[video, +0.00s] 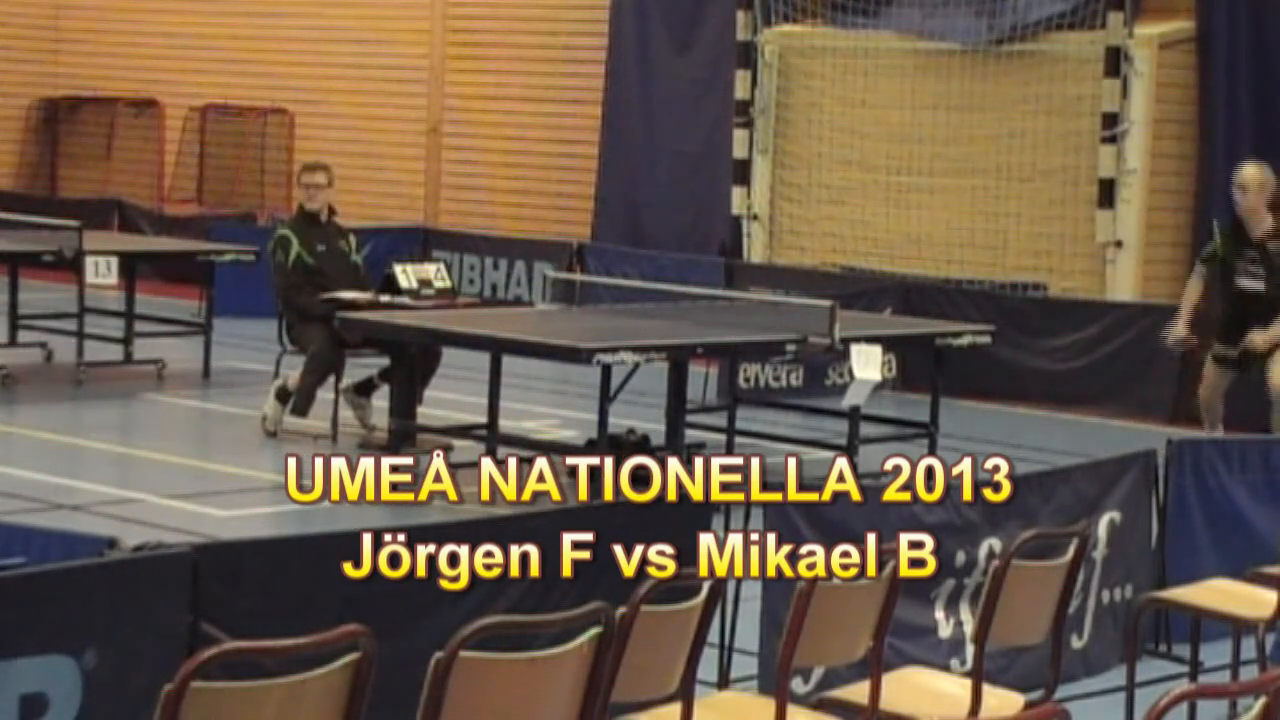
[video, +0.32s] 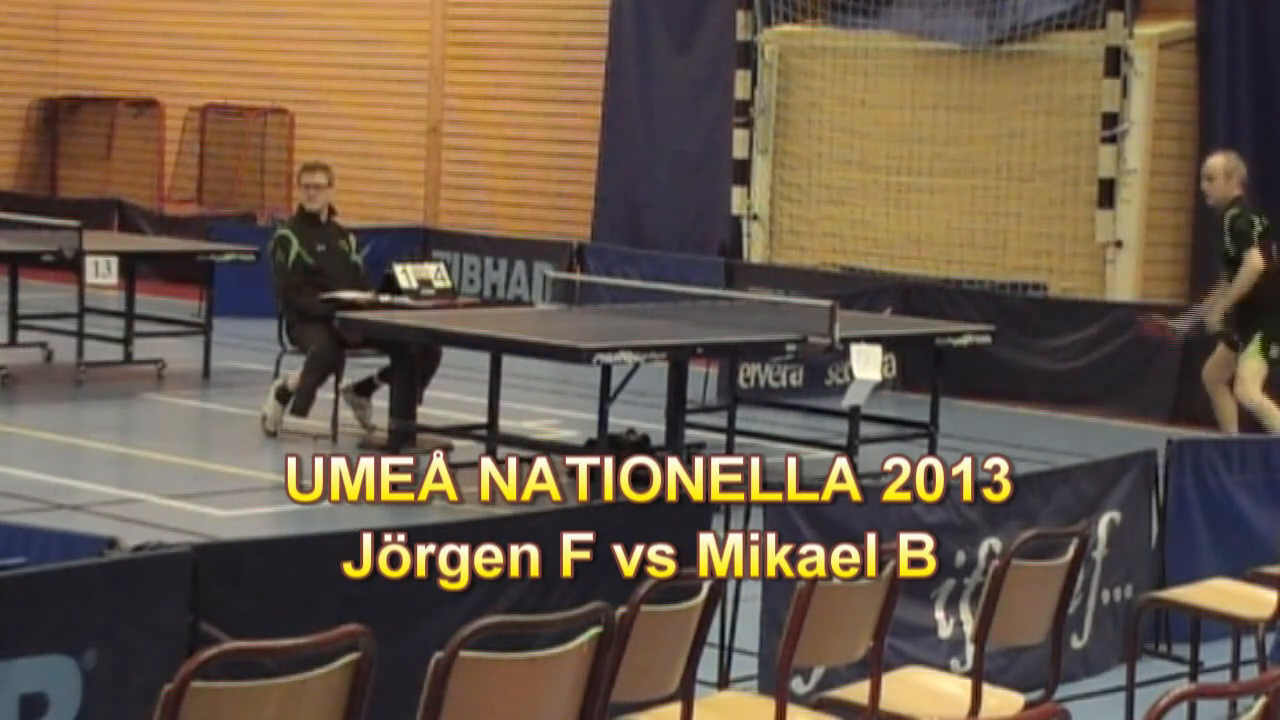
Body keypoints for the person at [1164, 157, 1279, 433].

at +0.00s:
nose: (1243, 197)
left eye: (1250, 189)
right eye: (1239, 189)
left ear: (1268, 192)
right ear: (1232, 192)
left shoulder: (1274, 239)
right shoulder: (1227, 235)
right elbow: (1200, 274)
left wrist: (1271, 332)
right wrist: (1182, 319)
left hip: (1270, 328)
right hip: (1233, 326)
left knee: (1276, 385)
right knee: (1209, 393)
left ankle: (1276, 448)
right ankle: (1215, 446)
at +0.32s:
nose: (1204, 186)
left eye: (1211, 179)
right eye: (1203, 179)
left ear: (1235, 183)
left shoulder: (1240, 216)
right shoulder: (1230, 218)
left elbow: (1254, 263)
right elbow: (1227, 282)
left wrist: (1222, 306)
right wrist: (1193, 317)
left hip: (1265, 317)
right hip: (1245, 316)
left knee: (1247, 390)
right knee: (1213, 375)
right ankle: (1232, 448)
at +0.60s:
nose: (1215, 174)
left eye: (1223, 167)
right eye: (1215, 167)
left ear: (1246, 174)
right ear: (1240, 174)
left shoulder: (1249, 210)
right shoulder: (1238, 209)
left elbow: (1264, 257)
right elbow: (1256, 258)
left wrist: (1218, 294)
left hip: (1259, 319)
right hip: (1241, 317)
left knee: (1248, 397)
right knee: (1223, 386)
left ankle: (1278, 454)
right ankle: (1237, 458)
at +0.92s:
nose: (1195, 161)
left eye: (1203, 155)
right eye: (1196, 154)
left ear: (1227, 164)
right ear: (1225, 166)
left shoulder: (1229, 202)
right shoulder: (1231, 199)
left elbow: (1246, 255)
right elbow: (1247, 255)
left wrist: (1203, 290)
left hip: (1234, 310)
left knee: (1187, 382)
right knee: (1258, 396)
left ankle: (1196, 464)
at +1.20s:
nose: (1149, 160)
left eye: (1156, 153)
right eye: (1149, 153)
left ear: (1177, 158)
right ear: (1160, 156)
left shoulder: (1190, 200)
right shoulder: (1157, 199)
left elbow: (1205, 254)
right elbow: (1161, 257)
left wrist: (1150, 281)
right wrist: (1137, 291)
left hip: (1190, 311)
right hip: (1157, 310)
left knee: (1186, 396)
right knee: (1146, 389)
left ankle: (1245, 452)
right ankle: (1160, 469)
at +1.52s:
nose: (1099, 162)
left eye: (1107, 155)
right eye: (1098, 155)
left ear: (1131, 157)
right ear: (1098, 154)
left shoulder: (1144, 202)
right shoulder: (1093, 193)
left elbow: (1167, 256)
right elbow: (1079, 240)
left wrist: (1107, 274)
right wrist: (1074, 259)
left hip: (1131, 310)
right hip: (1098, 306)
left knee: (1103, 388)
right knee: (1125, 395)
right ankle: (1151, 457)